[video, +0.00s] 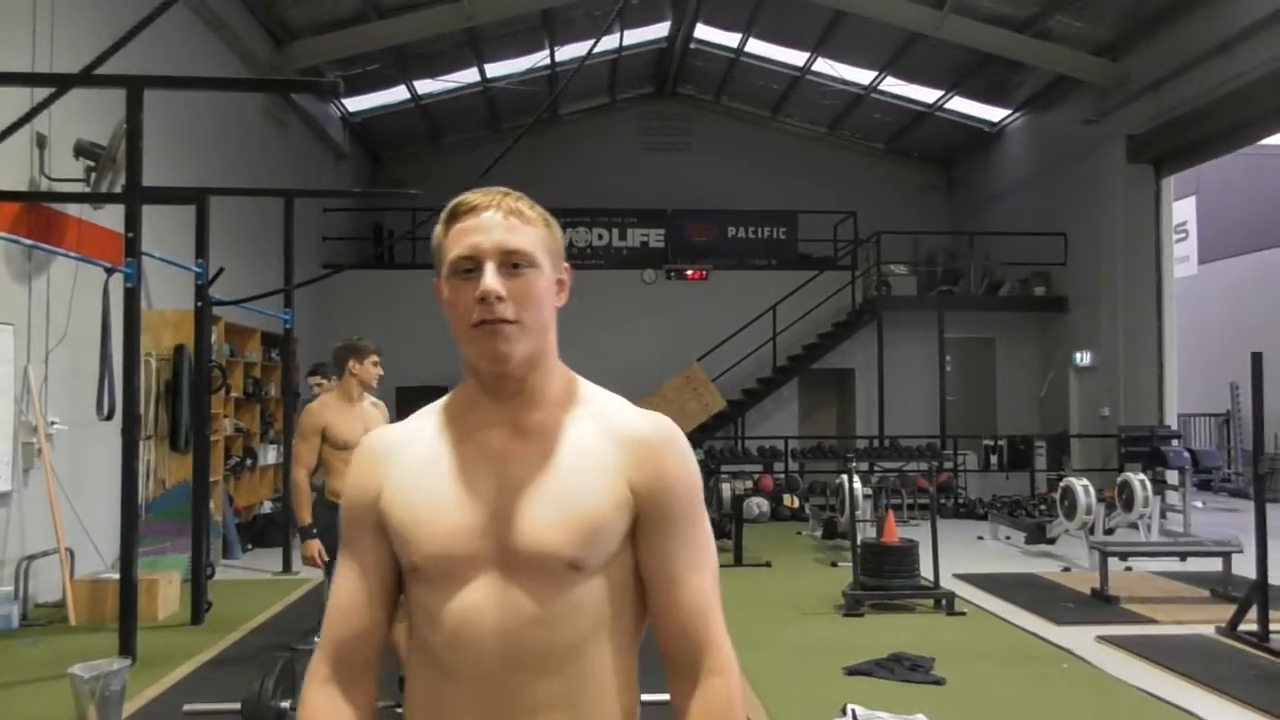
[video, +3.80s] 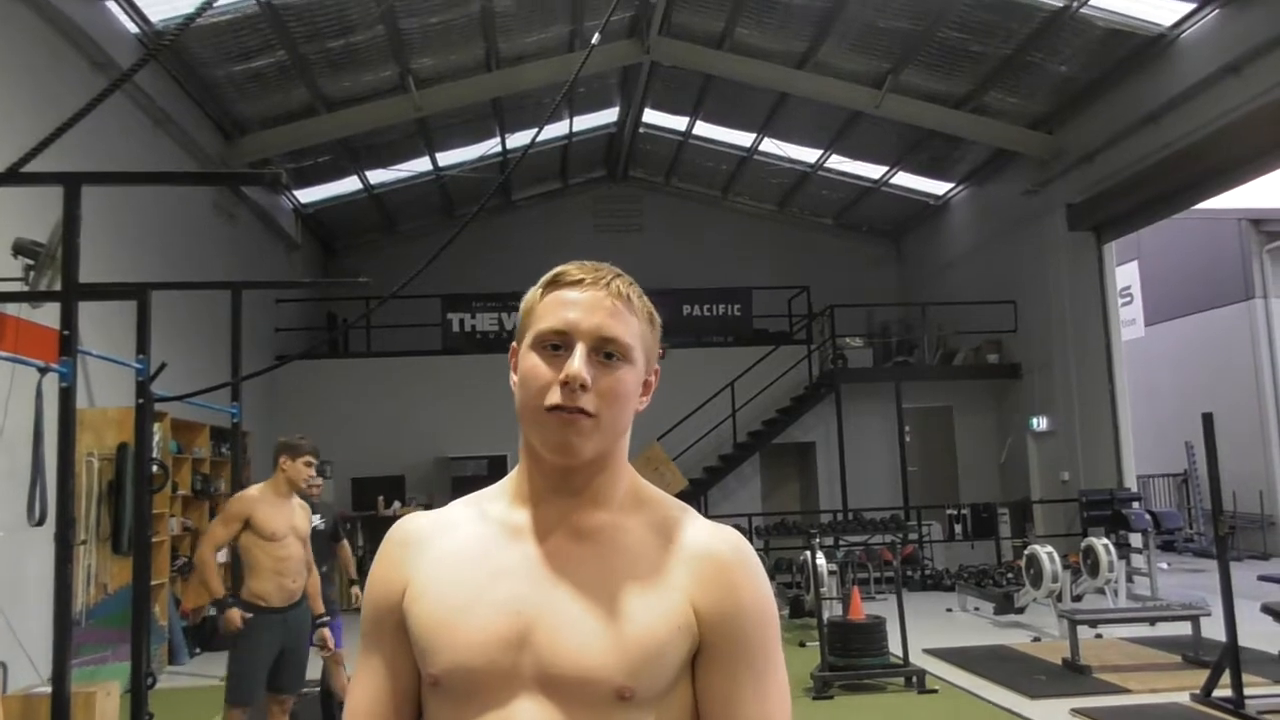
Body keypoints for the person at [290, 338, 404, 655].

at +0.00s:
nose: (380, 372)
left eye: (380, 365)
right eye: (375, 365)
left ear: (359, 368)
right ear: (353, 367)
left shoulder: (379, 409)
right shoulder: (318, 411)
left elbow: (384, 459)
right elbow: (300, 473)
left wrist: (392, 505)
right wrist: (307, 533)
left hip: (374, 508)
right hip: (336, 510)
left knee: (379, 586)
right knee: (341, 590)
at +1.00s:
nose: (330, 388)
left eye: (335, 381)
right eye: (322, 384)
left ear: (349, 386)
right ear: (314, 393)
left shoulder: (367, 430)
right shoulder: (299, 432)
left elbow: (385, 483)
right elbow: (280, 488)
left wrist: (384, 513)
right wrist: (279, 546)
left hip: (359, 533)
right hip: (319, 534)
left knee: (346, 626)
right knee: (330, 630)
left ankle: (331, 702)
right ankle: (333, 708)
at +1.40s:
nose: (322, 398)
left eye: (329, 392)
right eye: (316, 393)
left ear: (343, 398)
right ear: (307, 399)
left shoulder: (356, 444)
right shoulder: (285, 436)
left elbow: (365, 502)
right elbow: (259, 487)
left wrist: (369, 556)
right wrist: (253, 540)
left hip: (336, 544)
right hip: (291, 543)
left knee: (324, 636)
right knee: (298, 636)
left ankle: (319, 710)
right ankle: (297, 712)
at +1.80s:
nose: (276, 411)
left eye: (284, 405)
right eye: (270, 406)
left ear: (298, 411)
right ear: (261, 413)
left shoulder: (317, 456)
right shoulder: (243, 455)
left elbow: (334, 512)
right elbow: (226, 511)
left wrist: (343, 566)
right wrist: (222, 567)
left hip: (301, 565)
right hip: (254, 566)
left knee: (300, 654)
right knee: (245, 661)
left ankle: (305, 716)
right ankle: (238, 715)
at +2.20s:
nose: (235, 426)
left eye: (241, 419)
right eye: (227, 421)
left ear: (254, 424)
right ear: (217, 429)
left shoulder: (279, 465)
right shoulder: (201, 475)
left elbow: (297, 520)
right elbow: (181, 529)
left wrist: (289, 567)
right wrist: (182, 584)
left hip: (274, 575)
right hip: (227, 579)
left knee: (290, 667)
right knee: (230, 674)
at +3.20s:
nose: (282, 457)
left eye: (282, 450)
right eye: (277, 450)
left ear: (260, 453)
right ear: (256, 452)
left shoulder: (278, 495)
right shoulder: (212, 494)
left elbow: (287, 553)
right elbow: (186, 551)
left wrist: (302, 604)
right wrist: (185, 613)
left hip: (273, 606)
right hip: (228, 608)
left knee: (276, 697)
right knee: (226, 703)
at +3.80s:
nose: (312, 473)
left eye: (314, 467)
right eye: (307, 465)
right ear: (284, 463)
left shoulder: (303, 508)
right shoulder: (248, 501)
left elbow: (309, 568)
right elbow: (204, 549)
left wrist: (321, 621)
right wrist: (224, 604)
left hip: (297, 617)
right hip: (255, 620)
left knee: (282, 704)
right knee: (238, 708)